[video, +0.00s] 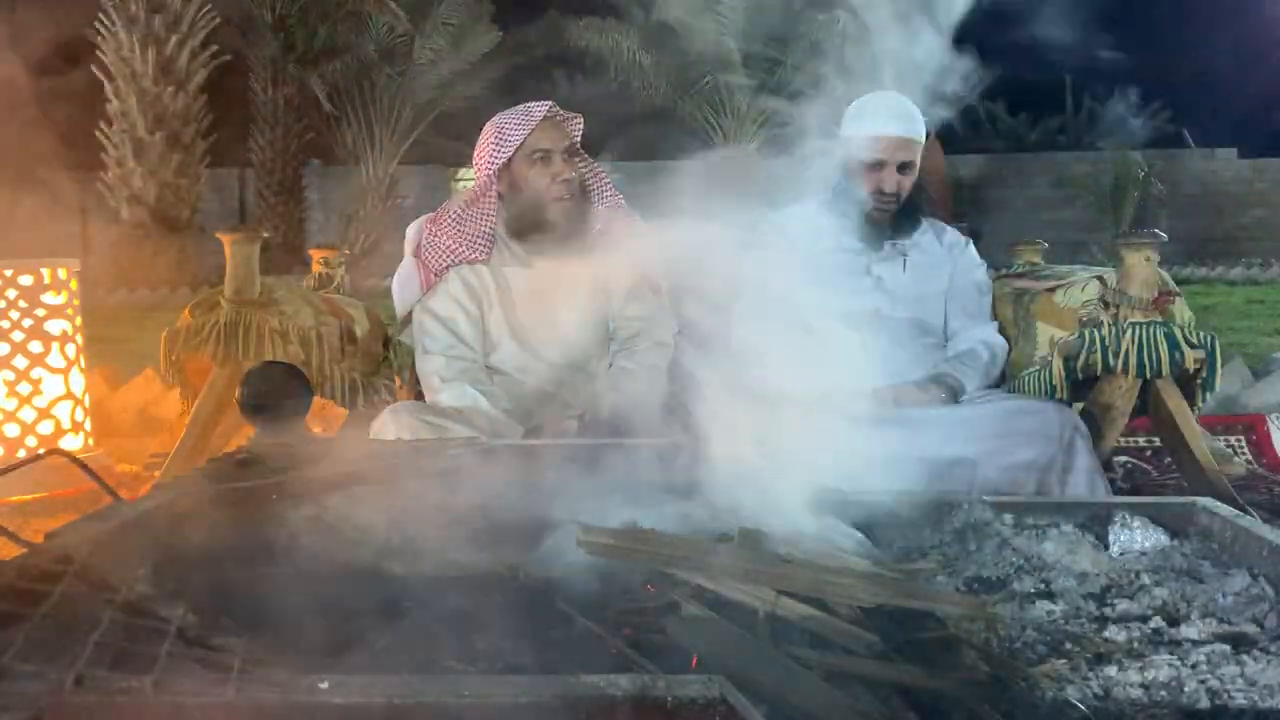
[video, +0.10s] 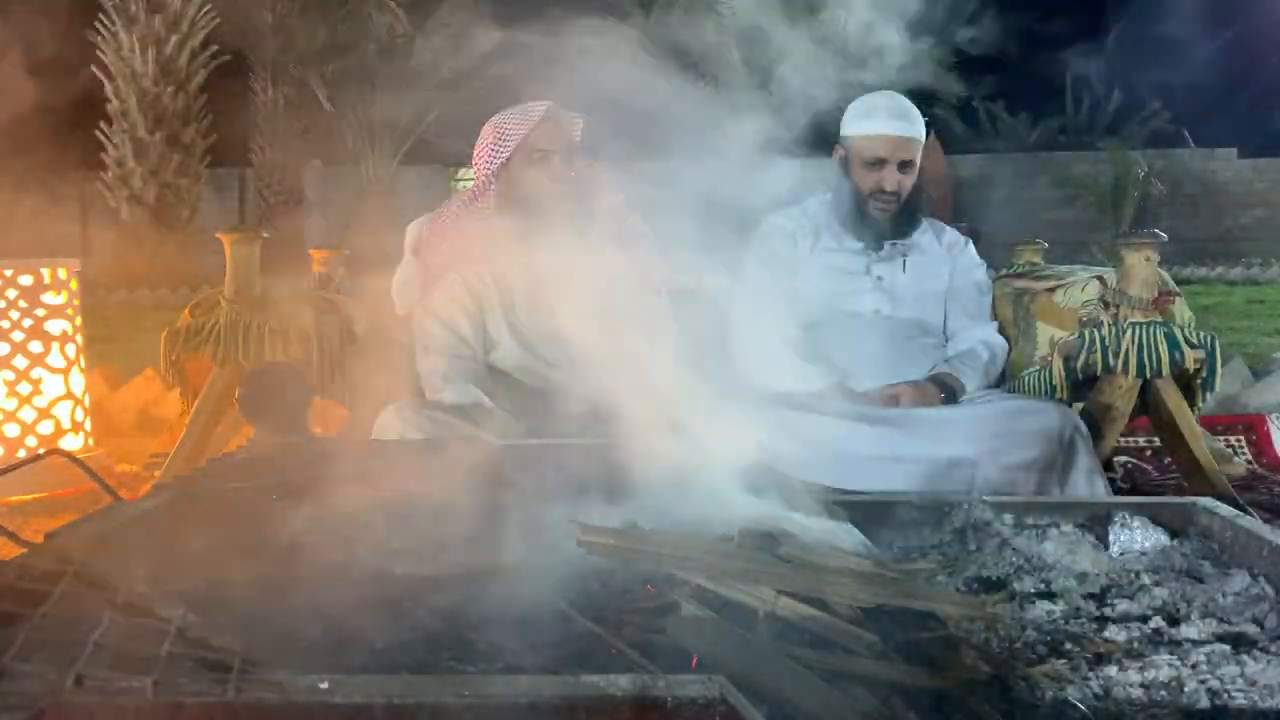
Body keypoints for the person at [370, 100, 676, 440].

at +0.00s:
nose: (568, 172)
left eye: (571, 155)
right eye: (542, 160)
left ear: (583, 162)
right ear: (500, 180)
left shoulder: (623, 256)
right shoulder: (461, 279)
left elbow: (645, 356)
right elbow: (451, 384)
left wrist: (597, 427)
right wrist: (520, 441)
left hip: (599, 439)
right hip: (497, 441)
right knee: (397, 425)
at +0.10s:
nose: (563, 172)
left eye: (569, 156)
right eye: (541, 159)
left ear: (580, 160)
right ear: (502, 174)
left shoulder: (615, 240)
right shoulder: (467, 256)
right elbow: (446, 377)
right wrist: (515, 444)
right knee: (399, 424)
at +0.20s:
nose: (561, 170)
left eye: (569, 153)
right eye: (540, 156)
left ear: (583, 163)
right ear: (502, 176)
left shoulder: (614, 265)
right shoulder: (463, 277)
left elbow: (655, 360)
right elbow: (450, 378)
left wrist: (608, 418)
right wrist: (542, 421)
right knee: (406, 417)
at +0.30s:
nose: (562, 173)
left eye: (567, 154)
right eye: (536, 159)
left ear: (580, 167)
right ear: (498, 180)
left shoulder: (616, 274)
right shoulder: (456, 284)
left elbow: (642, 390)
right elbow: (456, 401)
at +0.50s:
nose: (559, 173)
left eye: (566, 155)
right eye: (536, 158)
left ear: (578, 166)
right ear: (496, 177)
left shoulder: (615, 269)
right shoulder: (461, 277)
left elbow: (643, 369)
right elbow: (454, 374)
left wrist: (589, 429)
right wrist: (513, 435)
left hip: (591, 431)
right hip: (497, 432)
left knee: (646, 440)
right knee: (411, 412)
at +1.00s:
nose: (560, 173)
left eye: (566, 155)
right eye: (537, 158)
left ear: (577, 163)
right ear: (497, 176)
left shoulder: (610, 254)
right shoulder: (459, 265)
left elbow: (644, 346)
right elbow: (450, 384)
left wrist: (611, 421)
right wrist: (535, 434)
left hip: (618, 436)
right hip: (509, 444)